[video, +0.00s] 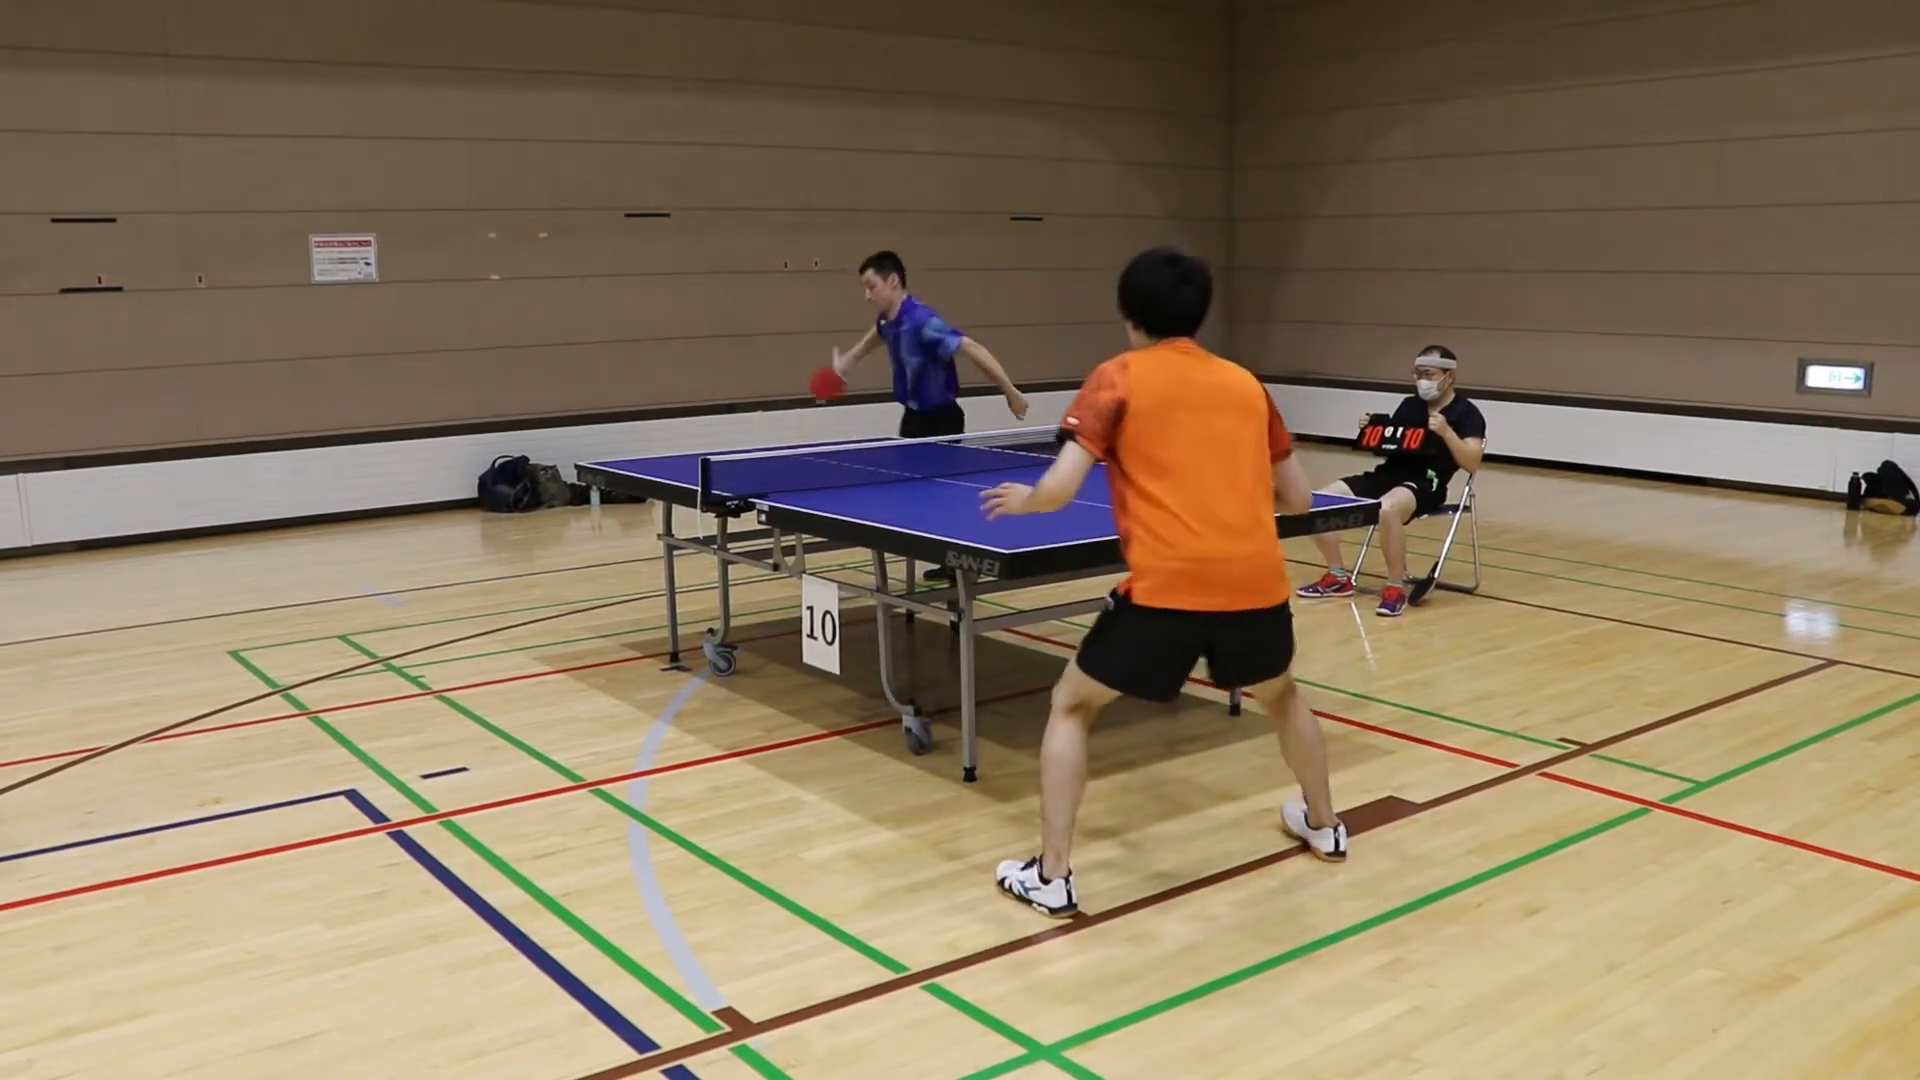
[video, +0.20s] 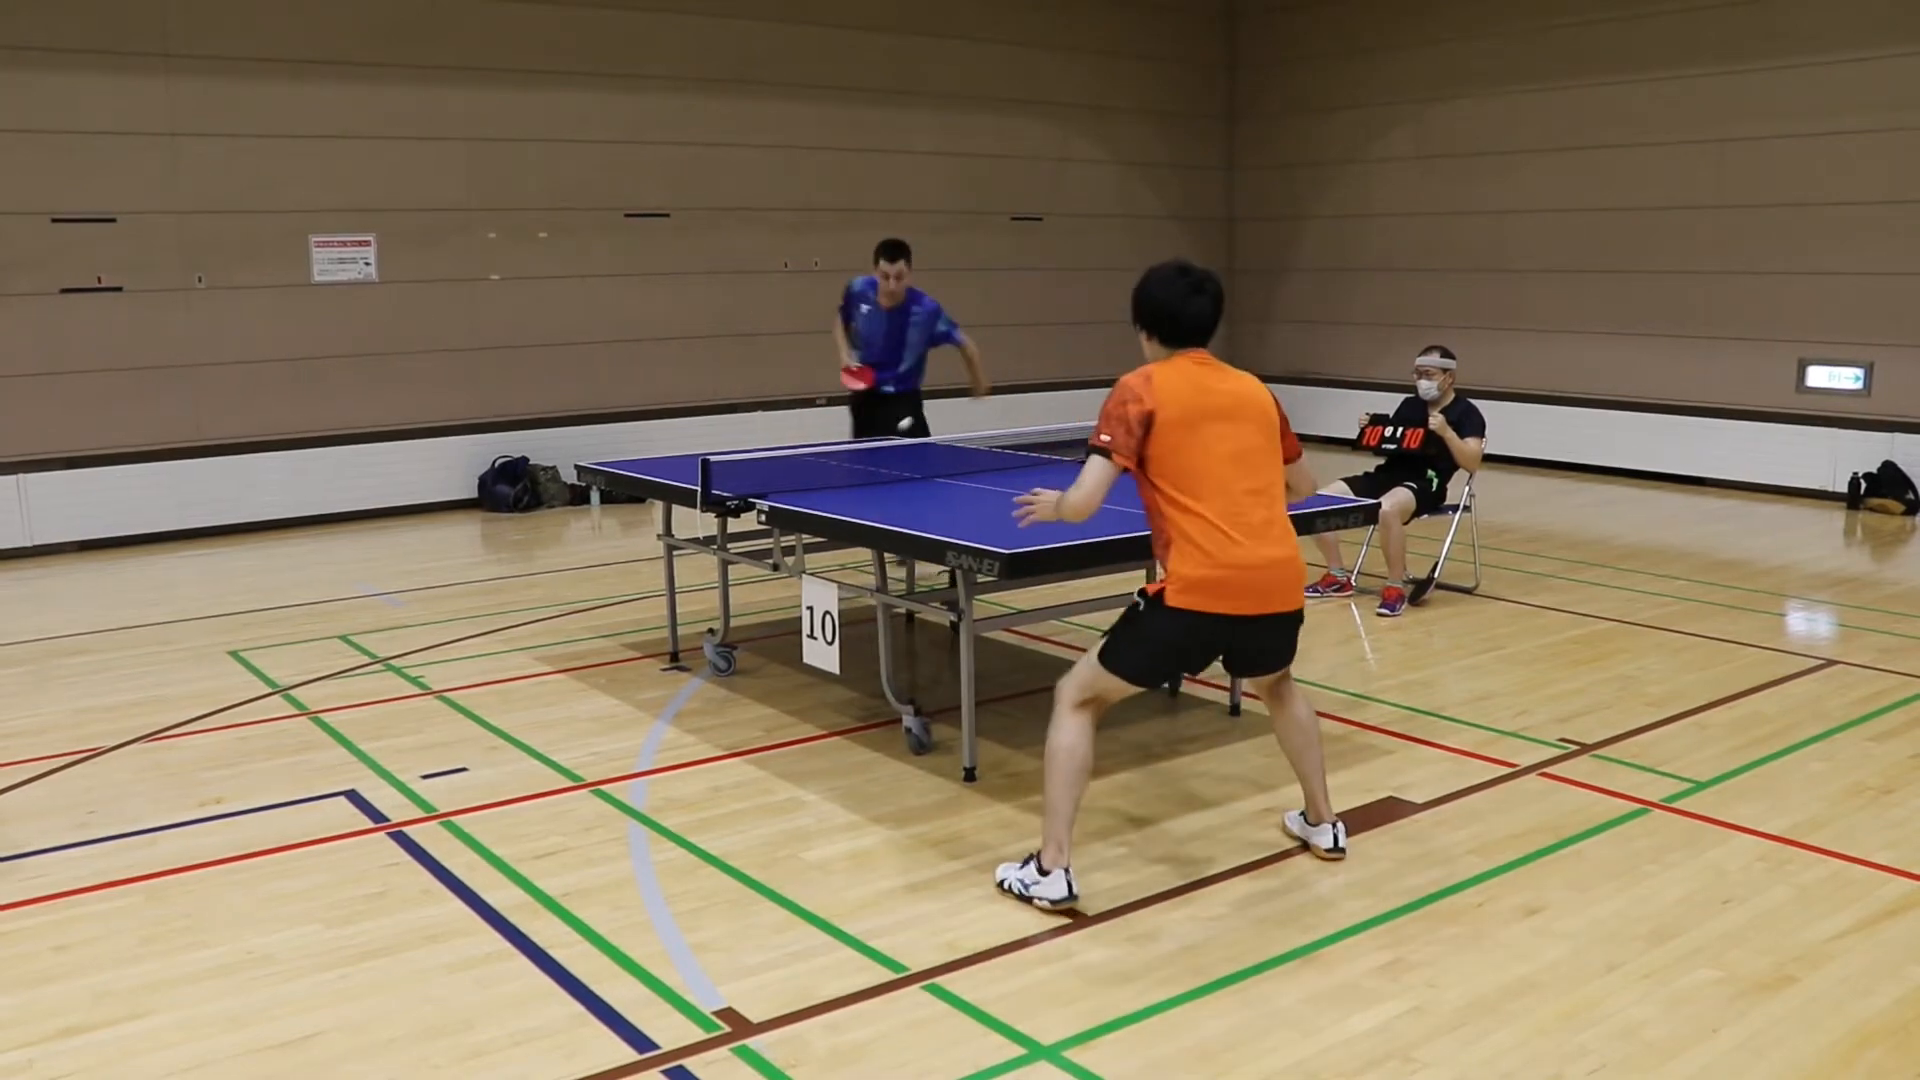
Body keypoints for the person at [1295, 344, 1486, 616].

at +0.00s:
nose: (1423, 382)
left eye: (1430, 375)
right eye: (1419, 375)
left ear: (1449, 378)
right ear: (1414, 375)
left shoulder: (1467, 414)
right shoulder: (1411, 405)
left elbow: (1472, 463)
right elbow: (1393, 440)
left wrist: (1447, 433)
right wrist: (1372, 426)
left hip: (1427, 482)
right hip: (1390, 474)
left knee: (1388, 509)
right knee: (1319, 501)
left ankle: (1395, 588)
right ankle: (1337, 576)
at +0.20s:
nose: (1422, 382)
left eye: (1429, 376)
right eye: (1418, 375)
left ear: (1449, 379)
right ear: (1414, 375)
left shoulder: (1467, 414)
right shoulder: (1411, 405)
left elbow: (1472, 463)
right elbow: (1392, 439)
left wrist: (1446, 432)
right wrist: (1373, 426)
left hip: (1426, 482)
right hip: (1389, 474)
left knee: (1389, 509)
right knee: (1319, 502)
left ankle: (1395, 588)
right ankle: (1337, 575)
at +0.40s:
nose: (1425, 381)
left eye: (1432, 374)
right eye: (1420, 374)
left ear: (1450, 377)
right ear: (1414, 375)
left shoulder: (1467, 413)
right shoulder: (1411, 404)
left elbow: (1472, 463)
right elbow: (1393, 438)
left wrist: (1446, 432)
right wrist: (1372, 425)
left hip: (1427, 481)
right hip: (1390, 473)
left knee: (1388, 509)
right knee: (1319, 501)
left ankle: (1394, 588)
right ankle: (1337, 576)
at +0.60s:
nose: (1426, 382)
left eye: (1433, 375)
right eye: (1420, 375)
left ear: (1451, 377)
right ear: (1415, 376)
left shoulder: (1467, 414)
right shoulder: (1411, 404)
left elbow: (1472, 463)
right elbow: (1393, 438)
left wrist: (1447, 432)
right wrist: (1372, 425)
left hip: (1427, 481)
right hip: (1390, 473)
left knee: (1388, 509)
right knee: (1319, 501)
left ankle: (1394, 587)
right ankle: (1337, 576)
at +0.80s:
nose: (1425, 381)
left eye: (1432, 375)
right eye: (1420, 374)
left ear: (1450, 377)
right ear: (1414, 375)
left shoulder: (1467, 414)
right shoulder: (1411, 404)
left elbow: (1472, 463)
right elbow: (1392, 439)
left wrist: (1447, 433)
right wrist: (1372, 426)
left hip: (1427, 482)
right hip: (1390, 473)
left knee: (1388, 509)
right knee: (1319, 502)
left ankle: (1395, 588)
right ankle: (1337, 576)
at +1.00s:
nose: (1421, 382)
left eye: (1428, 376)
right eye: (1417, 375)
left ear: (1448, 378)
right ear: (1413, 375)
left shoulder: (1467, 414)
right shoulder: (1411, 405)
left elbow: (1472, 464)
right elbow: (1392, 440)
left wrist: (1447, 434)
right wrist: (1372, 427)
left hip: (1427, 482)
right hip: (1391, 474)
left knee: (1388, 510)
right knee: (1320, 502)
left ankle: (1394, 588)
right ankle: (1338, 577)